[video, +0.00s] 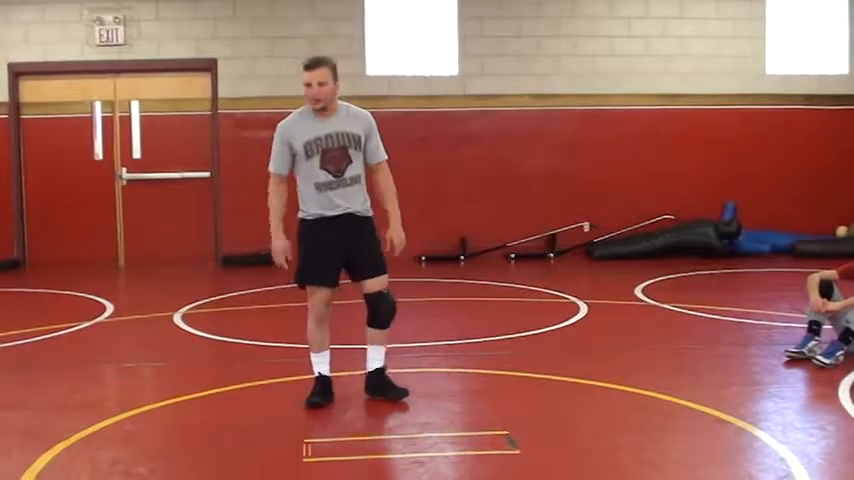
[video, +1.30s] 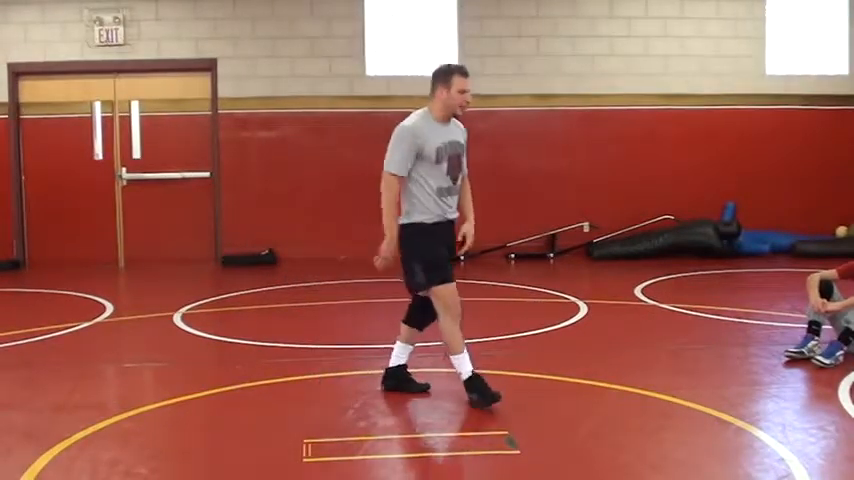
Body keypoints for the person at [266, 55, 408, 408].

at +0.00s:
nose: (314, 91)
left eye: (321, 84)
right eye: (308, 85)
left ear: (337, 86)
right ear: (303, 88)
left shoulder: (362, 120)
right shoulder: (288, 129)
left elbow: (381, 171)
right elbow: (277, 182)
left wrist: (394, 222)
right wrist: (277, 234)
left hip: (359, 223)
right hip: (316, 226)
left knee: (381, 302)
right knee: (319, 304)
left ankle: (376, 376)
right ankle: (322, 381)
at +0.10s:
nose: (335, 89)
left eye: (340, 82)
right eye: (327, 83)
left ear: (347, 84)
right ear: (313, 87)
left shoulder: (367, 121)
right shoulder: (293, 129)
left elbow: (387, 170)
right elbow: (279, 179)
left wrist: (406, 216)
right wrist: (303, 213)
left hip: (362, 222)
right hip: (321, 225)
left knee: (387, 300)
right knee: (321, 304)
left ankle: (387, 372)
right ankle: (322, 380)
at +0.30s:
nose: (368, 89)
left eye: (369, 83)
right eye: (361, 84)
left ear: (366, 86)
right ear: (339, 86)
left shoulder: (380, 122)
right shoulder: (313, 128)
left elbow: (396, 171)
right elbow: (296, 178)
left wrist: (412, 215)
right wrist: (344, 172)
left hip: (375, 222)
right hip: (335, 225)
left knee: (392, 297)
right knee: (330, 305)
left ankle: (392, 371)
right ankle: (324, 379)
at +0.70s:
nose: (422, 94)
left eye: (423, 88)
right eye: (418, 88)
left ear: (407, 88)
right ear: (396, 86)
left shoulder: (417, 128)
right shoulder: (361, 121)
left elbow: (422, 180)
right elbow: (343, 172)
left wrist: (435, 228)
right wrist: (391, 184)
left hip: (403, 222)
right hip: (368, 223)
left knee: (401, 300)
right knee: (364, 302)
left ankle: (392, 371)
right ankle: (347, 375)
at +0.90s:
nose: (438, 98)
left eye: (439, 91)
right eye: (434, 91)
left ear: (425, 91)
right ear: (413, 88)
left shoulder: (430, 131)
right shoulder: (376, 122)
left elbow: (434, 181)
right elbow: (359, 173)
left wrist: (448, 227)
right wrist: (363, 228)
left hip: (412, 223)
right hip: (381, 222)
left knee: (407, 300)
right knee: (396, 298)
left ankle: (391, 370)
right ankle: (402, 375)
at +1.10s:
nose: (452, 100)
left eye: (453, 94)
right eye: (447, 93)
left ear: (435, 93)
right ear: (427, 90)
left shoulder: (443, 130)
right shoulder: (391, 123)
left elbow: (445, 182)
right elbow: (358, 166)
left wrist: (458, 224)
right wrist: (343, 222)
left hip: (424, 223)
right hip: (395, 223)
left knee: (411, 298)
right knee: (430, 293)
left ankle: (392, 370)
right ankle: (457, 368)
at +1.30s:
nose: (467, 99)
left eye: (468, 93)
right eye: (462, 93)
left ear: (457, 94)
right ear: (440, 91)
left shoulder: (459, 131)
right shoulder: (410, 129)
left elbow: (462, 179)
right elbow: (390, 182)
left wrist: (469, 219)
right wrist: (390, 237)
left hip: (445, 227)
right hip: (417, 229)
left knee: (426, 302)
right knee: (450, 305)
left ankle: (395, 370)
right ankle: (470, 381)